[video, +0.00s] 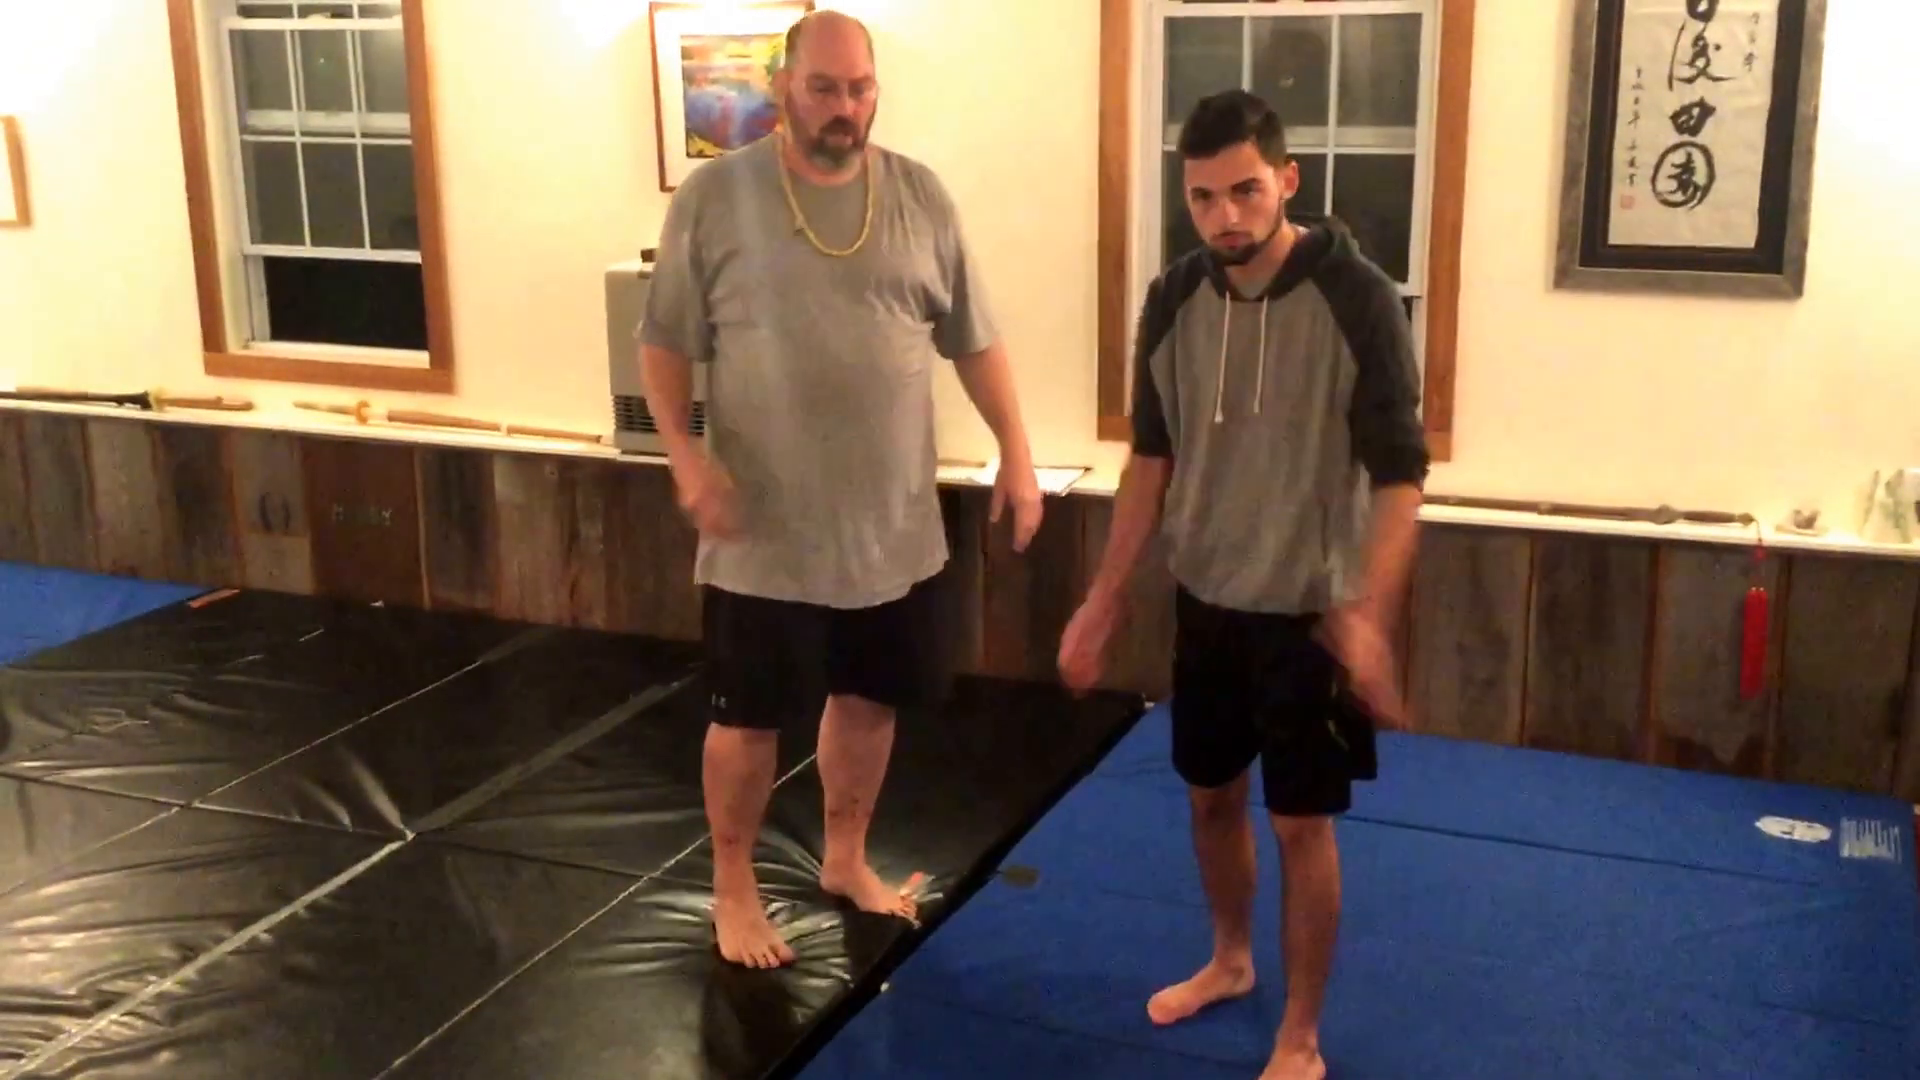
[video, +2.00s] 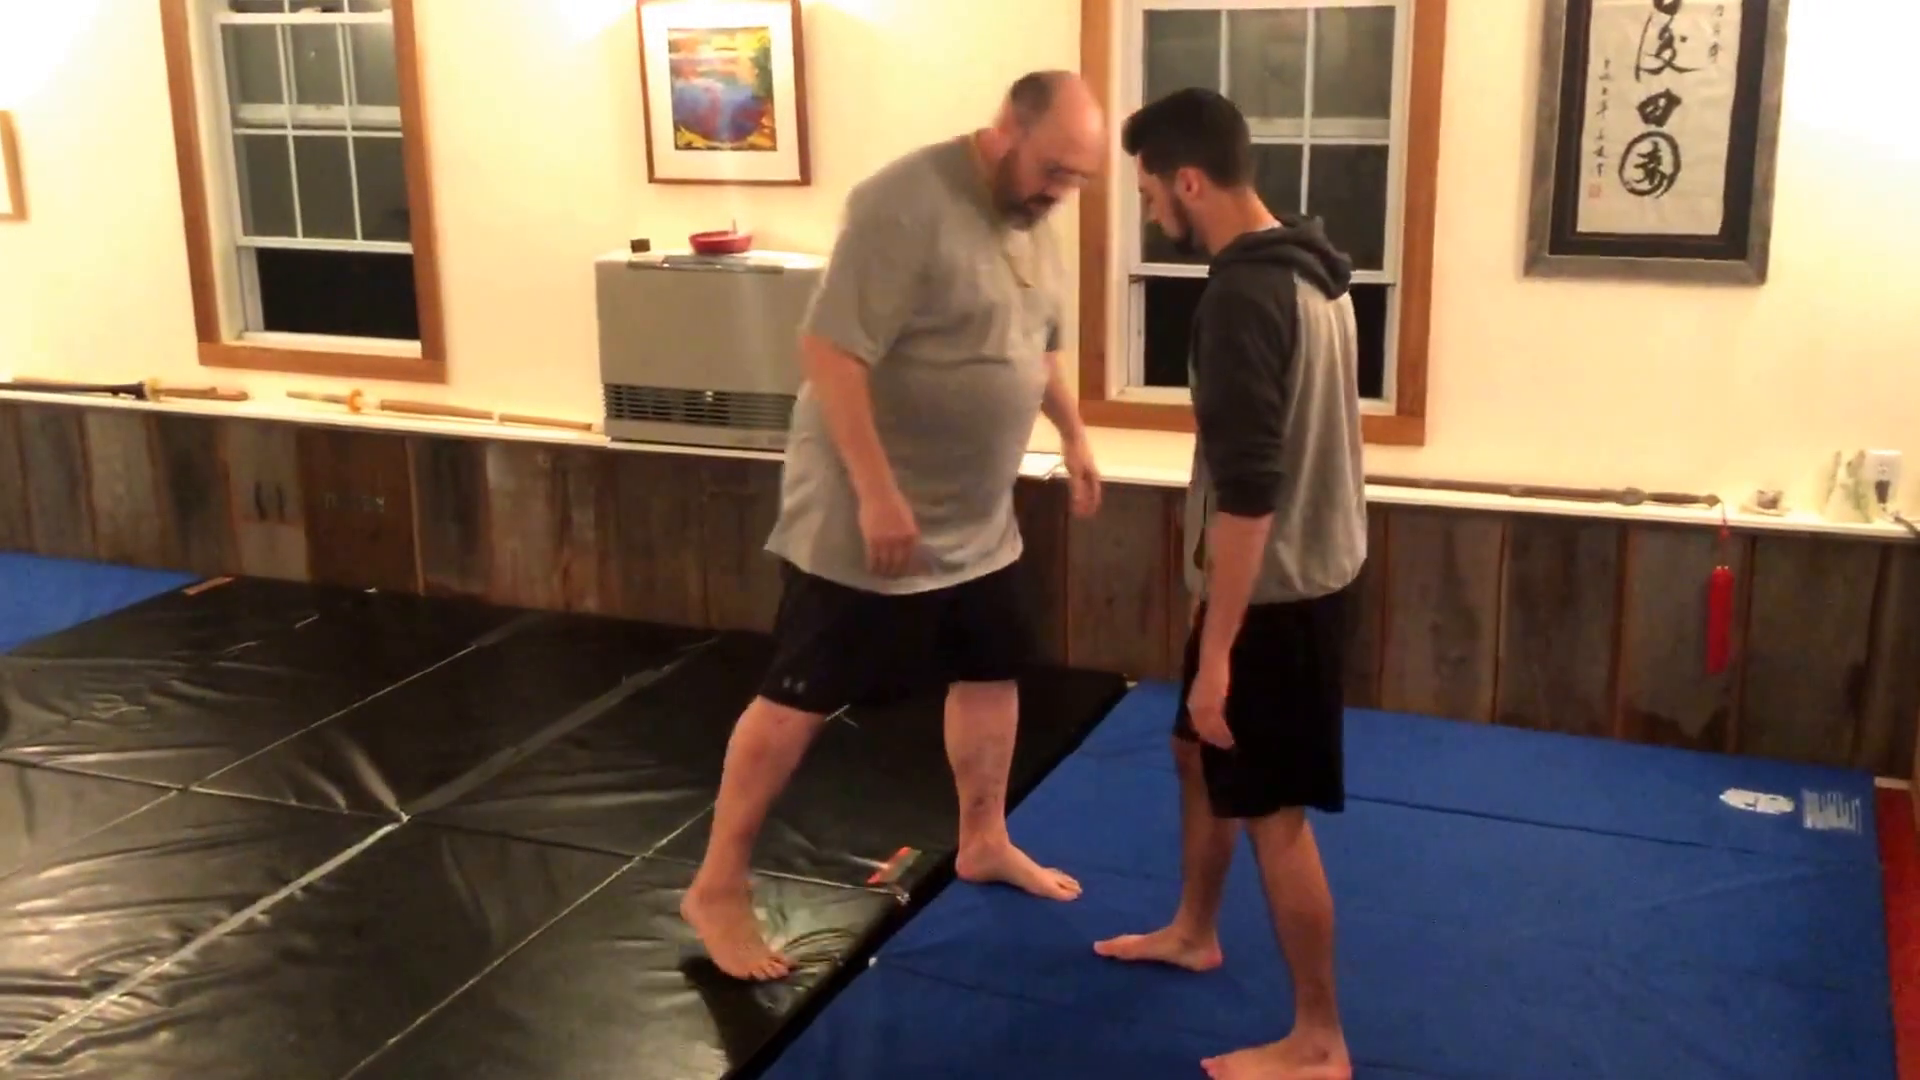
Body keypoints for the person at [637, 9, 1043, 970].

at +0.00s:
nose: (845, 106)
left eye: (860, 88)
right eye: (824, 88)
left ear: (878, 88)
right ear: (782, 87)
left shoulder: (919, 196)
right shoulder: (711, 199)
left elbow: (972, 335)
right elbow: (665, 340)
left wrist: (1017, 454)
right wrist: (685, 456)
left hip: (889, 515)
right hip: (760, 520)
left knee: (870, 700)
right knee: (750, 718)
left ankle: (846, 862)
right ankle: (735, 888)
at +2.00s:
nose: (1064, 195)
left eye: (1079, 180)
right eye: (1055, 173)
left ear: (1082, 167)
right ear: (1004, 134)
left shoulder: (1034, 211)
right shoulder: (904, 199)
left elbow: (1028, 348)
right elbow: (830, 349)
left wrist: (1075, 438)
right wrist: (877, 492)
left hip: (973, 514)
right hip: (857, 513)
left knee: (993, 673)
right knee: (799, 695)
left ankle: (983, 842)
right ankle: (716, 887)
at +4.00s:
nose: (847, 95)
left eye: (861, 76)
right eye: (824, 80)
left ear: (888, 86)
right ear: (792, 94)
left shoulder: (925, 200)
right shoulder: (743, 206)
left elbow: (962, 346)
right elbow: (677, 358)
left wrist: (988, 471)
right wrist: (680, 496)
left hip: (926, 509)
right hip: (794, 523)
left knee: (955, 677)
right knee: (753, 723)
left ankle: (977, 828)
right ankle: (698, 895)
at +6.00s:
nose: (884, 98)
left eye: (895, 79)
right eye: (863, 79)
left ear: (907, 87)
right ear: (807, 86)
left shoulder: (920, 204)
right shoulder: (744, 206)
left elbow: (957, 352)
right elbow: (695, 370)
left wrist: (992, 469)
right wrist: (703, 518)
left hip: (916, 514)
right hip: (790, 527)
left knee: (945, 682)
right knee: (749, 725)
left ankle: (978, 828)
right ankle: (698, 897)